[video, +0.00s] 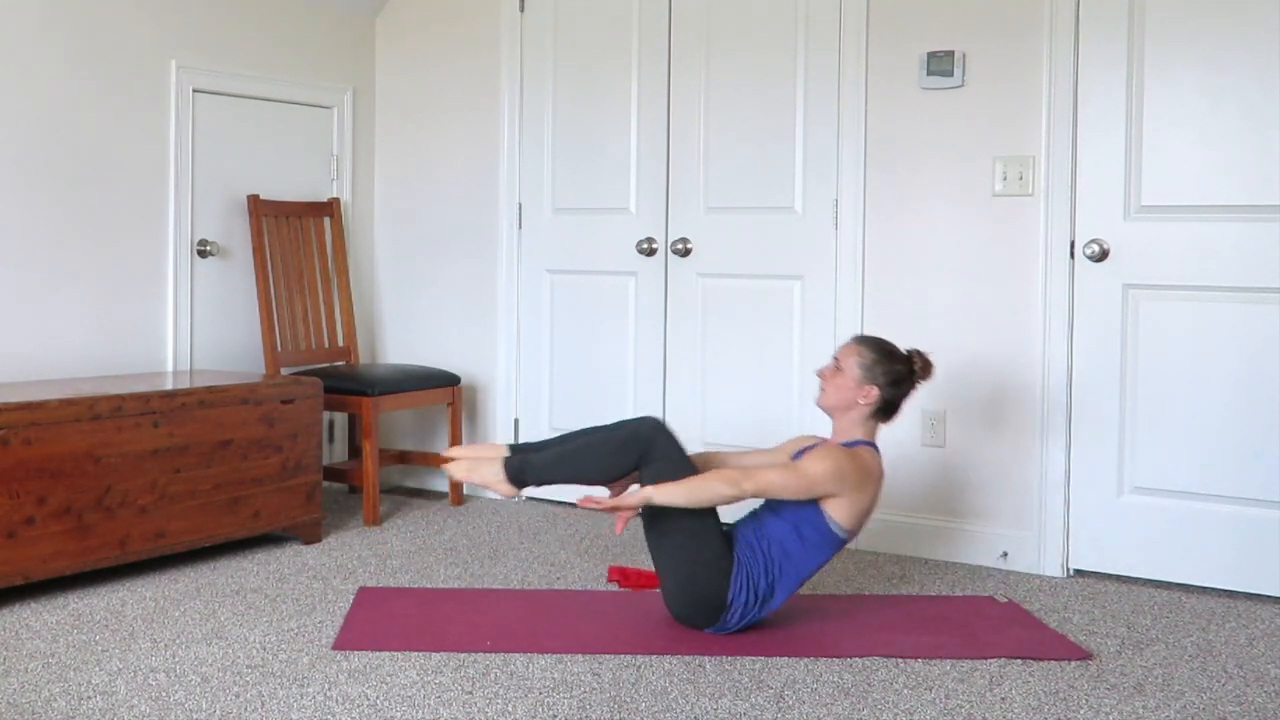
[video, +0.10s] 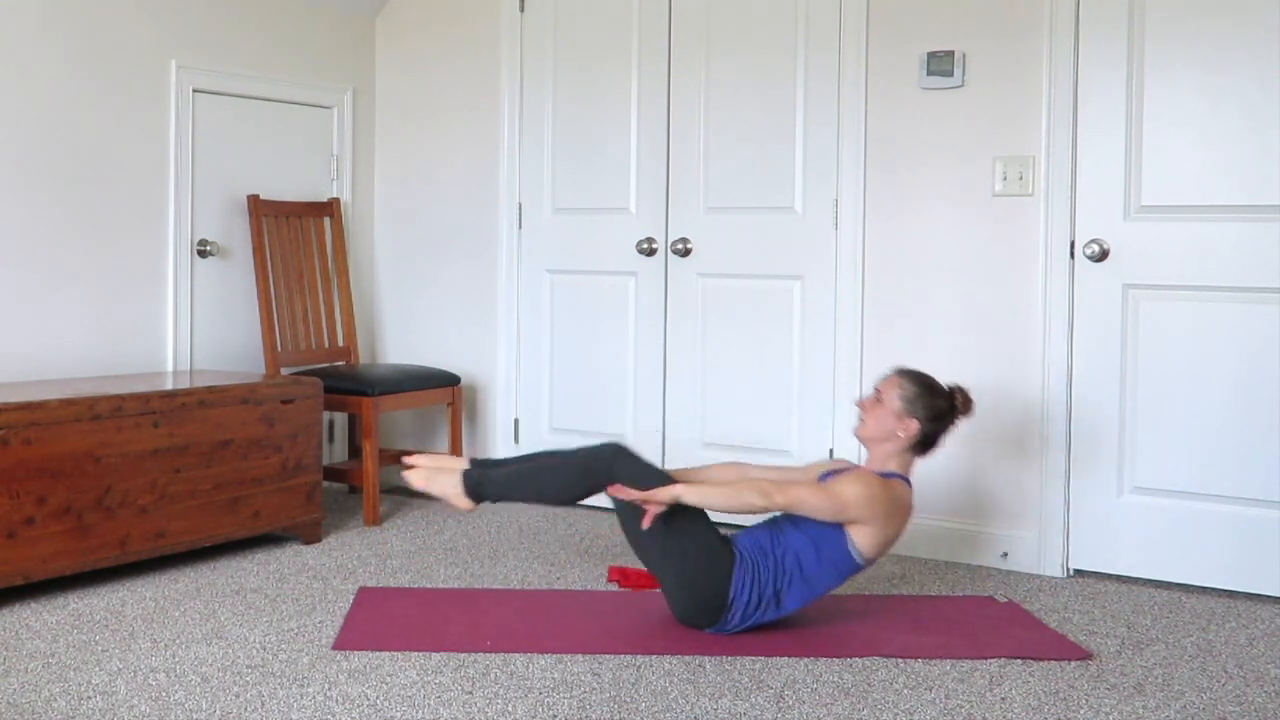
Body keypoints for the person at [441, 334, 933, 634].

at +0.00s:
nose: (823, 373)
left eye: (837, 370)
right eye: (832, 364)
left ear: (865, 396)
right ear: (861, 395)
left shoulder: (848, 466)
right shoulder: (824, 447)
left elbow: (740, 486)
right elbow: (731, 465)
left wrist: (646, 498)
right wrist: (644, 484)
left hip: (720, 595)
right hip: (718, 575)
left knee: (649, 438)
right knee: (647, 435)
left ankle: (510, 474)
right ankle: (511, 461)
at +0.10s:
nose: (862, 408)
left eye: (877, 404)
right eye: (871, 399)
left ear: (906, 431)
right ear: (896, 425)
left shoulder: (875, 494)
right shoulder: (860, 475)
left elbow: (770, 493)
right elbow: (762, 480)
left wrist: (677, 490)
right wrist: (672, 486)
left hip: (726, 595)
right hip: (727, 570)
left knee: (617, 463)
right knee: (618, 458)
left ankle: (468, 482)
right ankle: (473, 474)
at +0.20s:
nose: (898, 442)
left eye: (915, 441)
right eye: (907, 433)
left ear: (940, 471)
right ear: (923, 459)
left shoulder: (902, 527)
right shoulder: (884, 505)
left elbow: (800, 508)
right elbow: (789, 499)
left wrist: (700, 491)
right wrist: (696, 487)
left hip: (727, 586)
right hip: (729, 566)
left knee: (590, 493)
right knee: (594, 492)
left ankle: (445, 494)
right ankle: (450, 490)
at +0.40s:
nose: (941, 496)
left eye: (958, 496)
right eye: (951, 489)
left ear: (980, 532)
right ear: (965, 518)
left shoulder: (926, 571)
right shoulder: (920, 556)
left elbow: (836, 526)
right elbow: (833, 525)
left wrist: (751, 488)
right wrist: (741, 487)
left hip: (739, 584)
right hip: (741, 564)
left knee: (602, 513)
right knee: (602, 505)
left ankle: (457, 479)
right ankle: (463, 472)